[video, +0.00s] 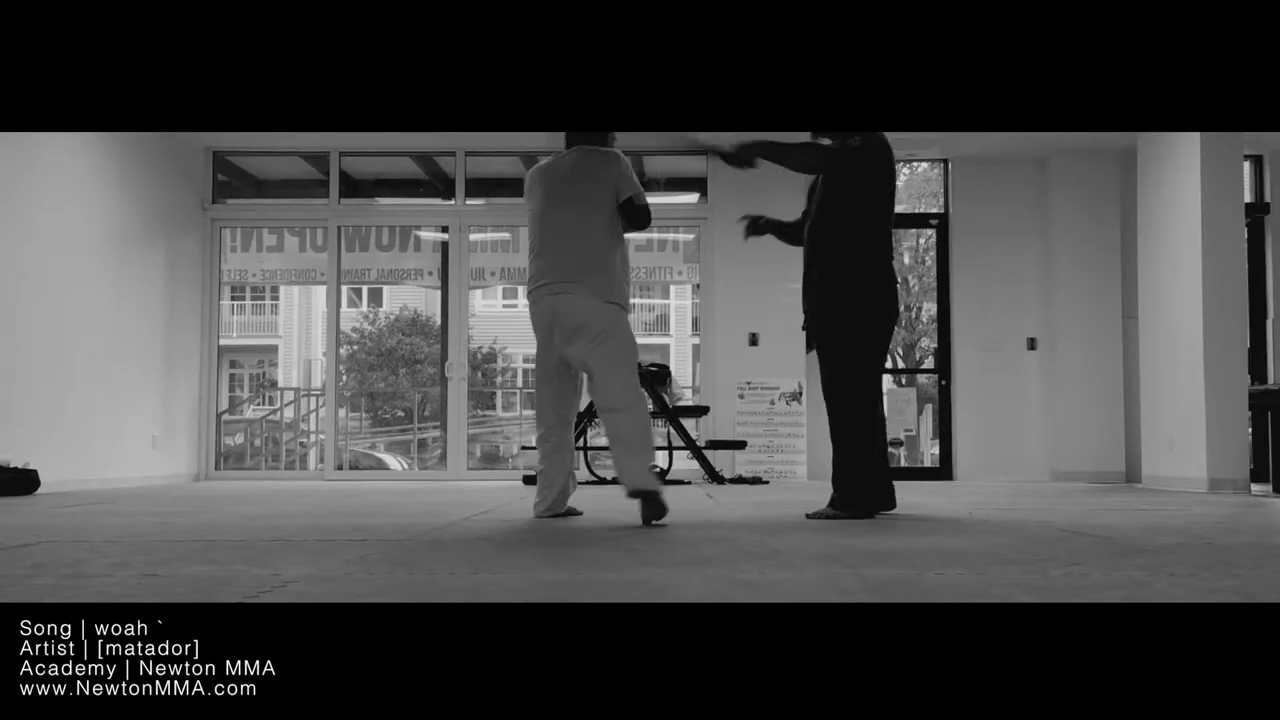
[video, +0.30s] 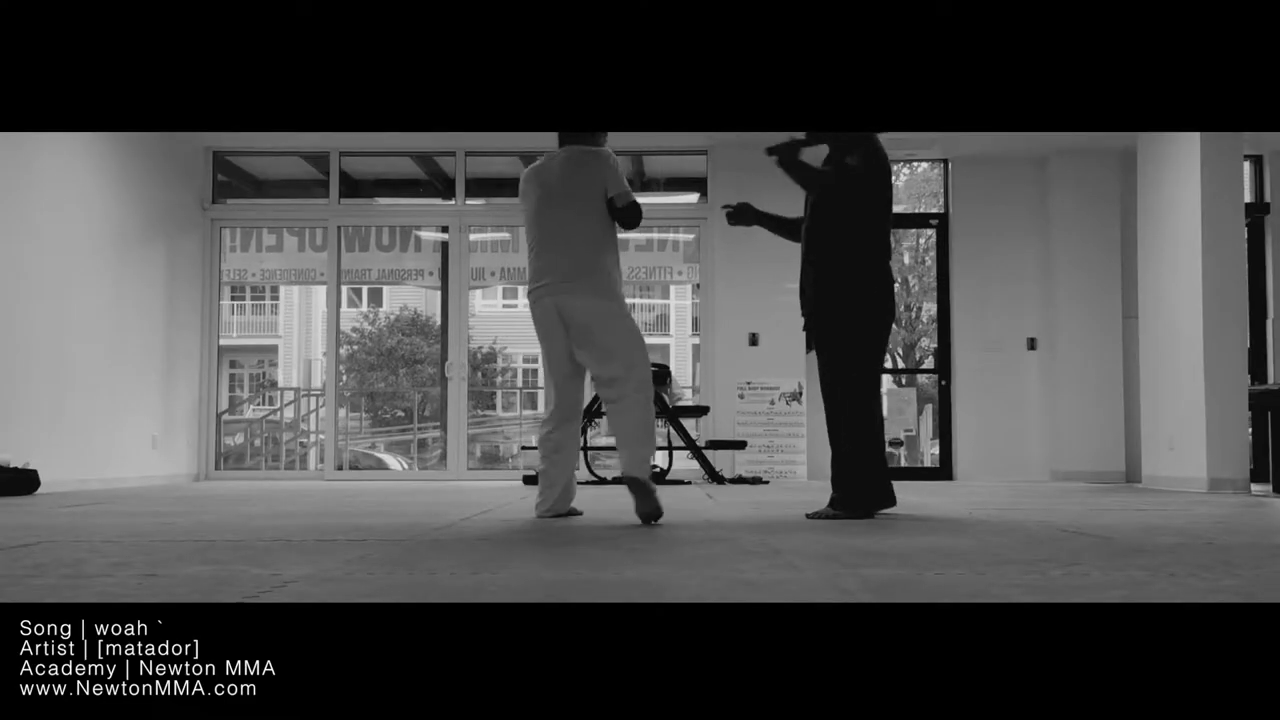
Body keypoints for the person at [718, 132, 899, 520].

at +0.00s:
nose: (814, 139)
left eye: (818, 136)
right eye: (814, 137)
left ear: (835, 129)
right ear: (832, 138)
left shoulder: (868, 148)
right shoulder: (832, 168)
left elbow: (816, 157)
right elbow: (810, 232)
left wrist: (754, 148)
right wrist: (771, 225)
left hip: (859, 300)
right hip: (838, 301)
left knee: (850, 399)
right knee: (854, 398)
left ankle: (854, 499)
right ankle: (873, 492)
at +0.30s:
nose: (808, 135)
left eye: (812, 132)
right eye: (809, 133)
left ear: (830, 128)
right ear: (844, 127)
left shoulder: (861, 154)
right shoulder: (842, 160)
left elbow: (829, 189)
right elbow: (811, 230)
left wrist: (790, 160)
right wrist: (757, 216)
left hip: (855, 302)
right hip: (839, 301)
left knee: (849, 399)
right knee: (851, 399)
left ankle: (853, 498)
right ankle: (867, 491)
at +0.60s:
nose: (811, 145)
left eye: (815, 139)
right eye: (812, 141)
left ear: (827, 135)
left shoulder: (850, 151)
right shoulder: (853, 159)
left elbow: (790, 177)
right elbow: (820, 234)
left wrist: (729, 148)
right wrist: (775, 209)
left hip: (851, 300)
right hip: (853, 299)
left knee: (847, 398)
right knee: (850, 397)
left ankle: (852, 500)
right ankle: (857, 495)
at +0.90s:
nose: (795, 146)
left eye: (797, 138)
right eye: (794, 140)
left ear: (814, 134)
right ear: (832, 134)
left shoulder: (841, 159)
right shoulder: (842, 173)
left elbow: (778, 171)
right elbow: (815, 257)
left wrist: (719, 176)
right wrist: (787, 230)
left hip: (841, 308)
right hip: (850, 307)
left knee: (836, 400)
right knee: (846, 400)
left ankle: (838, 498)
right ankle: (858, 495)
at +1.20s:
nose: (791, 150)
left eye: (794, 143)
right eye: (788, 146)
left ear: (814, 139)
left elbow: (815, 165)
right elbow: (804, 261)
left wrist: (756, 143)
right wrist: (786, 237)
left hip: (857, 309)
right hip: (827, 313)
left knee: (847, 399)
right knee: (833, 401)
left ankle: (842, 497)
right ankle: (857, 493)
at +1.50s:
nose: (785, 148)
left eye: (788, 139)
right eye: (784, 141)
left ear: (806, 135)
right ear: (807, 140)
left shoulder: (841, 166)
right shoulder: (809, 178)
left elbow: (813, 227)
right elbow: (798, 242)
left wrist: (756, 205)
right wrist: (772, 216)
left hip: (857, 308)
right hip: (833, 309)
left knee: (852, 397)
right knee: (839, 398)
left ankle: (852, 495)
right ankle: (851, 493)